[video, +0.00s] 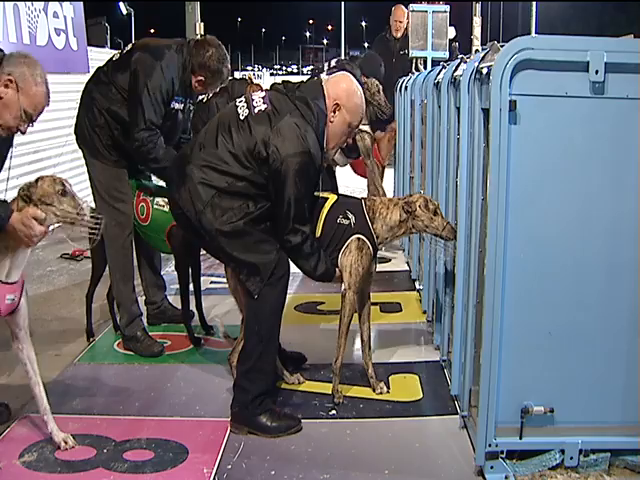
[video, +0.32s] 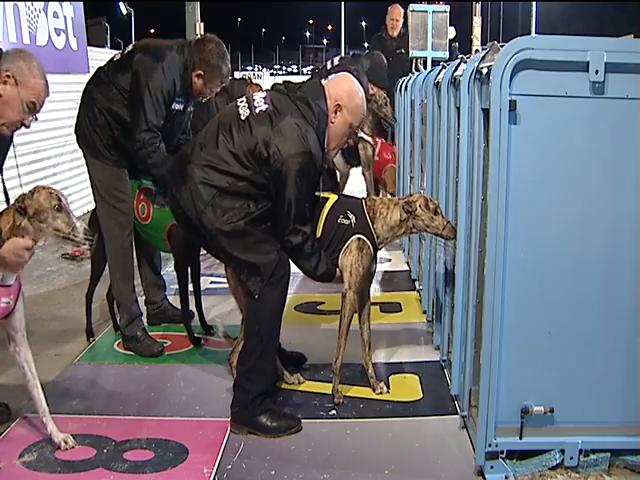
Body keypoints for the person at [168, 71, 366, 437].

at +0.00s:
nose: (348, 136)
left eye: (353, 128)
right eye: (350, 126)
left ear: (330, 104)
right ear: (333, 108)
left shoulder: (294, 106)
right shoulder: (297, 147)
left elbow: (317, 196)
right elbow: (292, 230)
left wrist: (339, 235)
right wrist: (331, 268)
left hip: (199, 180)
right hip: (206, 196)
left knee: (266, 265)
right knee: (272, 271)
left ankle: (265, 351)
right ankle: (251, 405)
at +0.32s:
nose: (348, 138)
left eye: (353, 130)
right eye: (350, 127)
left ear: (331, 104)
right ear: (334, 109)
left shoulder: (294, 106)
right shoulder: (298, 147)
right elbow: (293, 230)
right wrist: (332, 268)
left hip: (200, 178)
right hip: (207, 194)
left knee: (267, 265)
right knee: (272, 271)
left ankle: (265, 351)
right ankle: (251, 404)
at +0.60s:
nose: (350, 136)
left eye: (355, 128)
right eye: (352, 126)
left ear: (332, 103)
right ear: (335, 107)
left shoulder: (296, 108)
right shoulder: (300, 146)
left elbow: (311, 199)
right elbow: (294, 229)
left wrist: (341, 234)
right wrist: (331, 268)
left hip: (203, 179)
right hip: (209, 194)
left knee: (269, 265)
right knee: (273, 272)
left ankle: (264, 351)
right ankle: (251, 404)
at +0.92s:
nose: (356, 98)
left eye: (361, 89)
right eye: (358, 87)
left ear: (337, 66)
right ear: (340, 71)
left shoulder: (299, 74)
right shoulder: (311, 111)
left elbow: (305, 174)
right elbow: (306, 195)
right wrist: (336, 242)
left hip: (213, 165)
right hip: (221, 181)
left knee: (276, 267)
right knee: (277, 274)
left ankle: (266, 355)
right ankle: (250, 405)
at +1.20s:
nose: (368, 59)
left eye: (371, 51)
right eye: (368, 49)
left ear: (342, 29)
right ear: (349, 34)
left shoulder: (307, 47)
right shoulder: (324, 76)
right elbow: (330, 166)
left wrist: (367, 130)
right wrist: (360, 213)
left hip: (223, 143)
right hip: (241, 157)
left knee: (291, 241)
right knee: (314, 248)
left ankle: (263, 345)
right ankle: (309, 386)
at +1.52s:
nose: (410, 64)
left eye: (413, 54)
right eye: (410, 52)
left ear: (382, 32)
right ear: (389, 36)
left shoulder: (340, 49)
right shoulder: (369, 88)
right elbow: (378, 176)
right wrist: (414, 222)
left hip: (259, 162)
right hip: (289, 173)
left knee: (303, 251)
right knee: (352, 261)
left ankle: (264, 347)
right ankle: (354, 386)